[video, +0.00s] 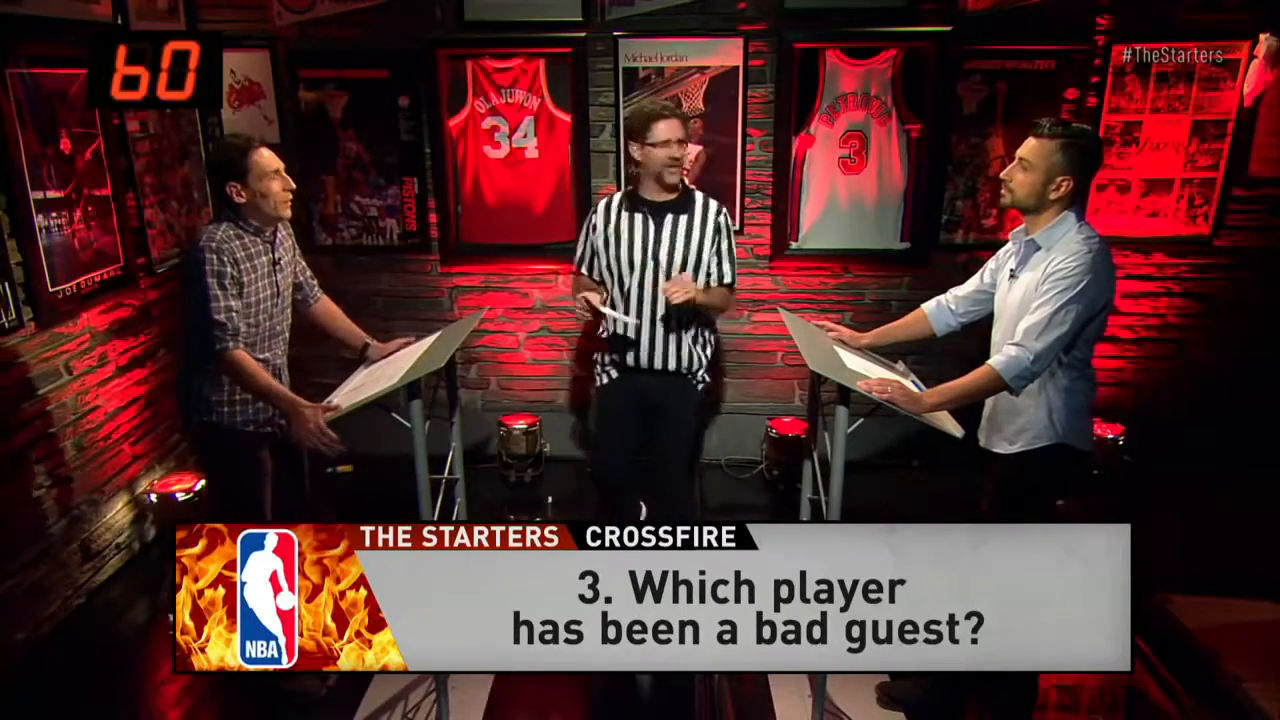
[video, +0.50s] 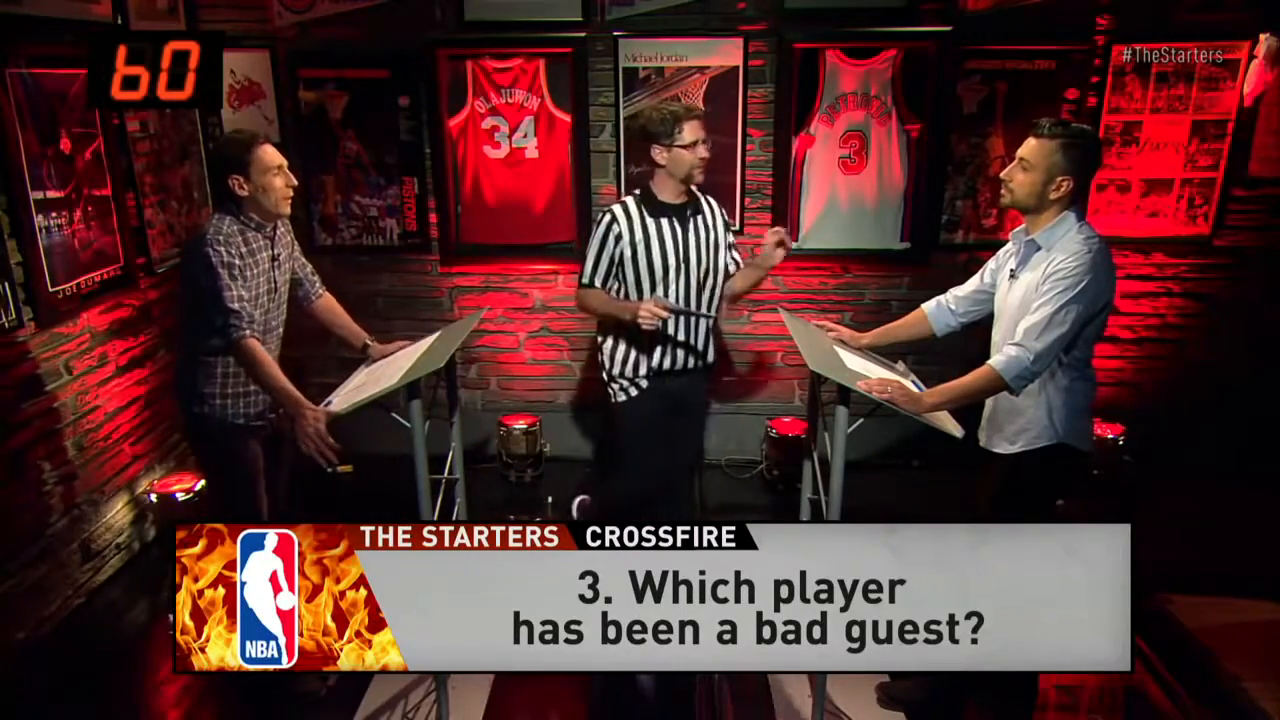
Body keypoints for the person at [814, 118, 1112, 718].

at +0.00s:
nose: (1007, 172)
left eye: (1022, 166)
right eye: (1013, 161)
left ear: (1059, 188)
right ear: (1048, 183)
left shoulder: (1082, 259)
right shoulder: (1024, 243)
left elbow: (1022, 360)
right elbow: (954, 306)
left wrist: (928, 398)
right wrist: (868, 339)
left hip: (1041, 445)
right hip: (999, 433)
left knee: (1008, 578)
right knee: (975, 561)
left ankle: (999, 703)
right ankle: (940, 682)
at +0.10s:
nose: (1007, 172)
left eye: (1023, 166)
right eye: (1013, 161)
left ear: (1059, 188)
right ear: (1048, 183)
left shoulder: (1082, 259)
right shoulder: (1024, 244)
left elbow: (1022, 361)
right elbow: (954, 307)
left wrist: (927, 398)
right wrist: (868, 339)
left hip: (1041, 445)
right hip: (1000, 432)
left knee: (1006, 578)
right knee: (974, 561)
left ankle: (995, 703)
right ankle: (940, 680)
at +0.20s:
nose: (1007, 172)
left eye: (1023, 167)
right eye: (1013, 161)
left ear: (1059, 188)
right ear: (1048, 184)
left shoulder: (1082, 259)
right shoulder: (1024, 243)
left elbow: (1022, 361)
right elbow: (954, 306)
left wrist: (927, 398)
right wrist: (867, 339)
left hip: (1040, 445)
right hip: (1000, 432)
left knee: (1005, 577)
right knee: (974, 560)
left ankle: (995, 703)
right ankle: (941, 680)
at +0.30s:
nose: (1007, 172)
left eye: (1023, 167)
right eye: (1013, 161)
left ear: (1059, 188)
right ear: (1048, 183)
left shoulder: (1082, 259)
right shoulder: (1024, 244)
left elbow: (1022, 361)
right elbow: (954, 307)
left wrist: (927, 398)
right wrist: (867, 339)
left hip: (1040, 444)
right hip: (1000, 432)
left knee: (1006, 577)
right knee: (976, 561)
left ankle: (995, 703)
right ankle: (941, 680)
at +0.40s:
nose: (1007, 172)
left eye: (1023, 167)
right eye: (1013, 161)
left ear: (1059, 188)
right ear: (1048, 183)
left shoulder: (1082, 259)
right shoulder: (1024, 244)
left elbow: (1022, 361)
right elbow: (954, 307)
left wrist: (927, 398)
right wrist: (868, 339)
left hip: (1041, 444)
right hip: (1000, 432)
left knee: (1007, 577)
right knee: (977, 562)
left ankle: (997, 702)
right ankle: (942, 679)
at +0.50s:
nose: (1007, 172)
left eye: (1023, 167)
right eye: (1013, 161)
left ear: (1059, 188)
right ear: (1048, 183)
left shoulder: (1082, 259)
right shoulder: (1024, 244)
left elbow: (1022, 361)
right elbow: (954, 307)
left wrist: (927, 398)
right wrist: (868, 339)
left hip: (1041, 444)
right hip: (1000, 432)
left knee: (1007, 577)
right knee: (977, 562)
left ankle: (997, 702)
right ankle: (942, 679)